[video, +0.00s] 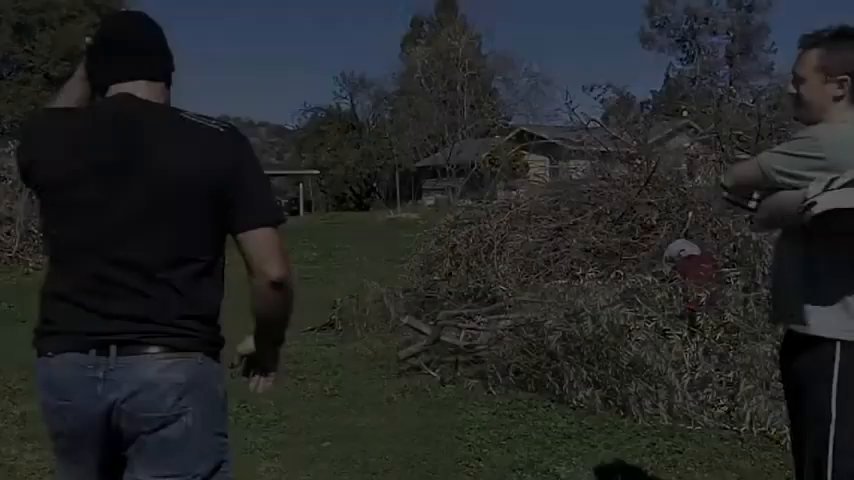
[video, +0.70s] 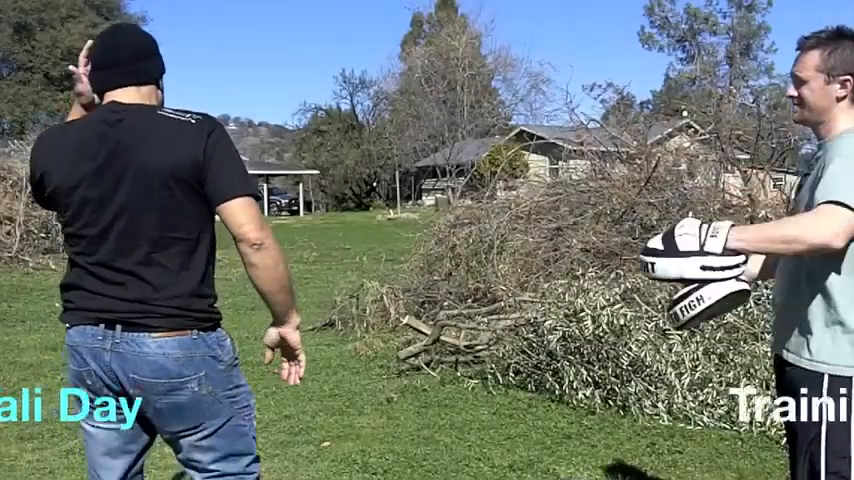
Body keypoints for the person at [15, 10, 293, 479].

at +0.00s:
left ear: (94, 77)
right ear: (169, 75)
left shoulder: (54, 141)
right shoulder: (220, 146)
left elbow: (43, 132)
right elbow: (273, 275)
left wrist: (90, 66)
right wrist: (266, 347)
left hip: (65, 375)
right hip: (175, 376)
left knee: (80, 472)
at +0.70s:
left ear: (96, 81)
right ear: (158, 76)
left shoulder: (54, 147)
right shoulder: (200, 133)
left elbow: (48, 189)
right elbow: (252, 237)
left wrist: (83, 103)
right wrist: (286, 320)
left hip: (88, 346)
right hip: (181, 350)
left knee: (111, 473)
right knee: (226, 469)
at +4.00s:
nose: (301, 109)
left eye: (303, 100)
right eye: (289, 102)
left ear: (306, 102)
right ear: (261, 109)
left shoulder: (319, 156)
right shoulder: (226, 160)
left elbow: (335, 214)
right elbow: (212, 235)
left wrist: (343, 222)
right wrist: (277, 204)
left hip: (322, 307)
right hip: (257, 311)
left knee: (358, 398)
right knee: (257, 430)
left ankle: (330, 476)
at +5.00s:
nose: (393, 129)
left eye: (396, 120)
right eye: (383, 121)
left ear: (398, 122)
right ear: (355, 124)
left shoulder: (401, 171)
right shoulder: (317, 162)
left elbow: (421, 238)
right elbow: (320, 224)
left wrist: (440, 199)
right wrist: (368, 172)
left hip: (386, 318)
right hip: (321, 316)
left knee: (410, 426)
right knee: (284, 426)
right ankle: (261, 476)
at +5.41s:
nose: (347, 229)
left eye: (353, 217)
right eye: (335, 221)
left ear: (361, 210)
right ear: (314, 218)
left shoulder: (383, 228)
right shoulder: (286, 230)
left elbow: (418, 281)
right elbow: (268, 306)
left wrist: (403, 280)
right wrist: (303, 273)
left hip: (369, 325)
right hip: (305, 326)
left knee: (408, 406)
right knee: (260, 403)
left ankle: (416, 475)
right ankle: (249, 474)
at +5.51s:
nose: (329, 234)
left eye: (334, 222)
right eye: (317, 226)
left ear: (342, 213)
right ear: (297, 226)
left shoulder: (367, 230)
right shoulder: (270, 240)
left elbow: (407, 291)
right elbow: (261, 317)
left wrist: (387, 287)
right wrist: (291, 278)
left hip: (364, 325)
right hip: (301, 329)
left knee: (406, 407)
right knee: (257, 402)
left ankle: (415, 475)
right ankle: (249, 475)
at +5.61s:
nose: (318, 211)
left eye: (321, 198)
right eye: (304, 204)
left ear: (327, 191)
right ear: (282, 206)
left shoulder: (353, 214)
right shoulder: (258, 231)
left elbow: (392, 281)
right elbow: (256, 309)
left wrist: (369, 263)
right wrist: (284, 261)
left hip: (361, 323)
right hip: (296, 326)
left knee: (403, 406)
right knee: (257, 404)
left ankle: (419, 475)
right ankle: (249, 475)